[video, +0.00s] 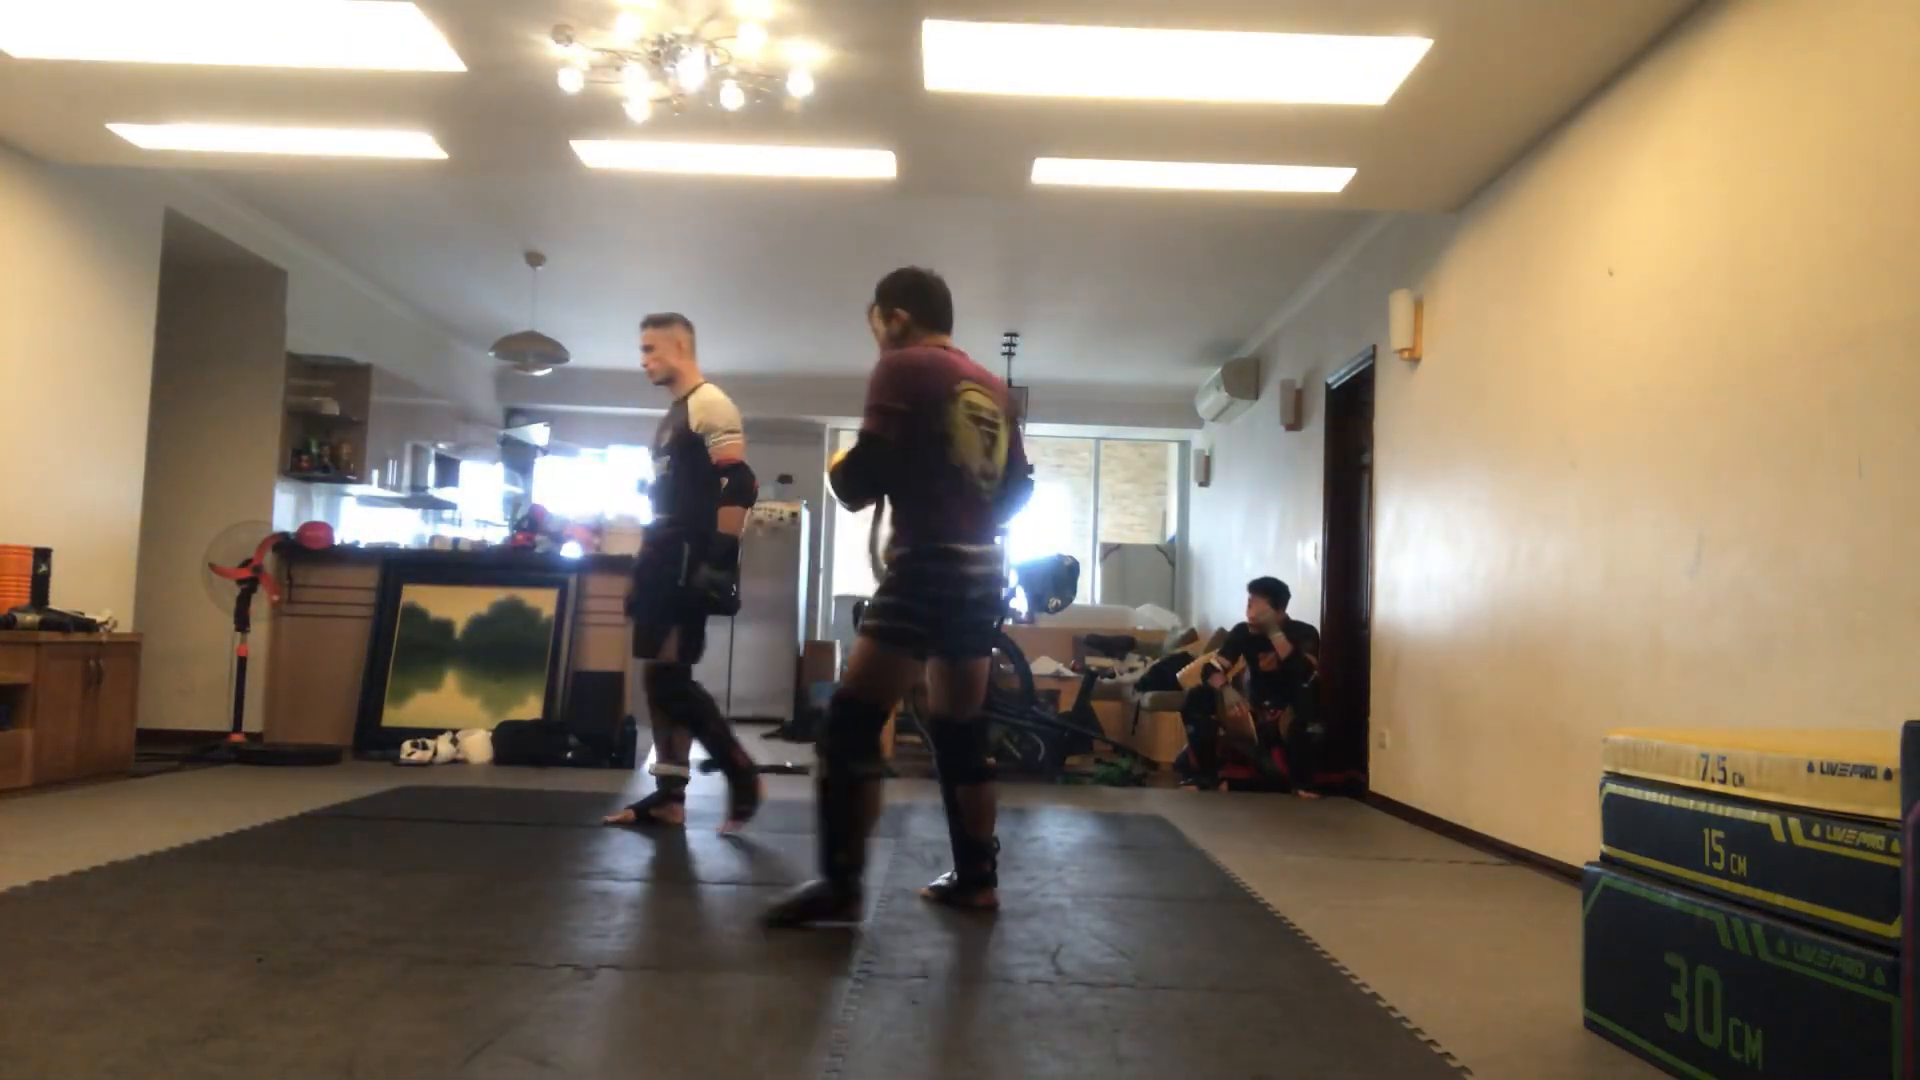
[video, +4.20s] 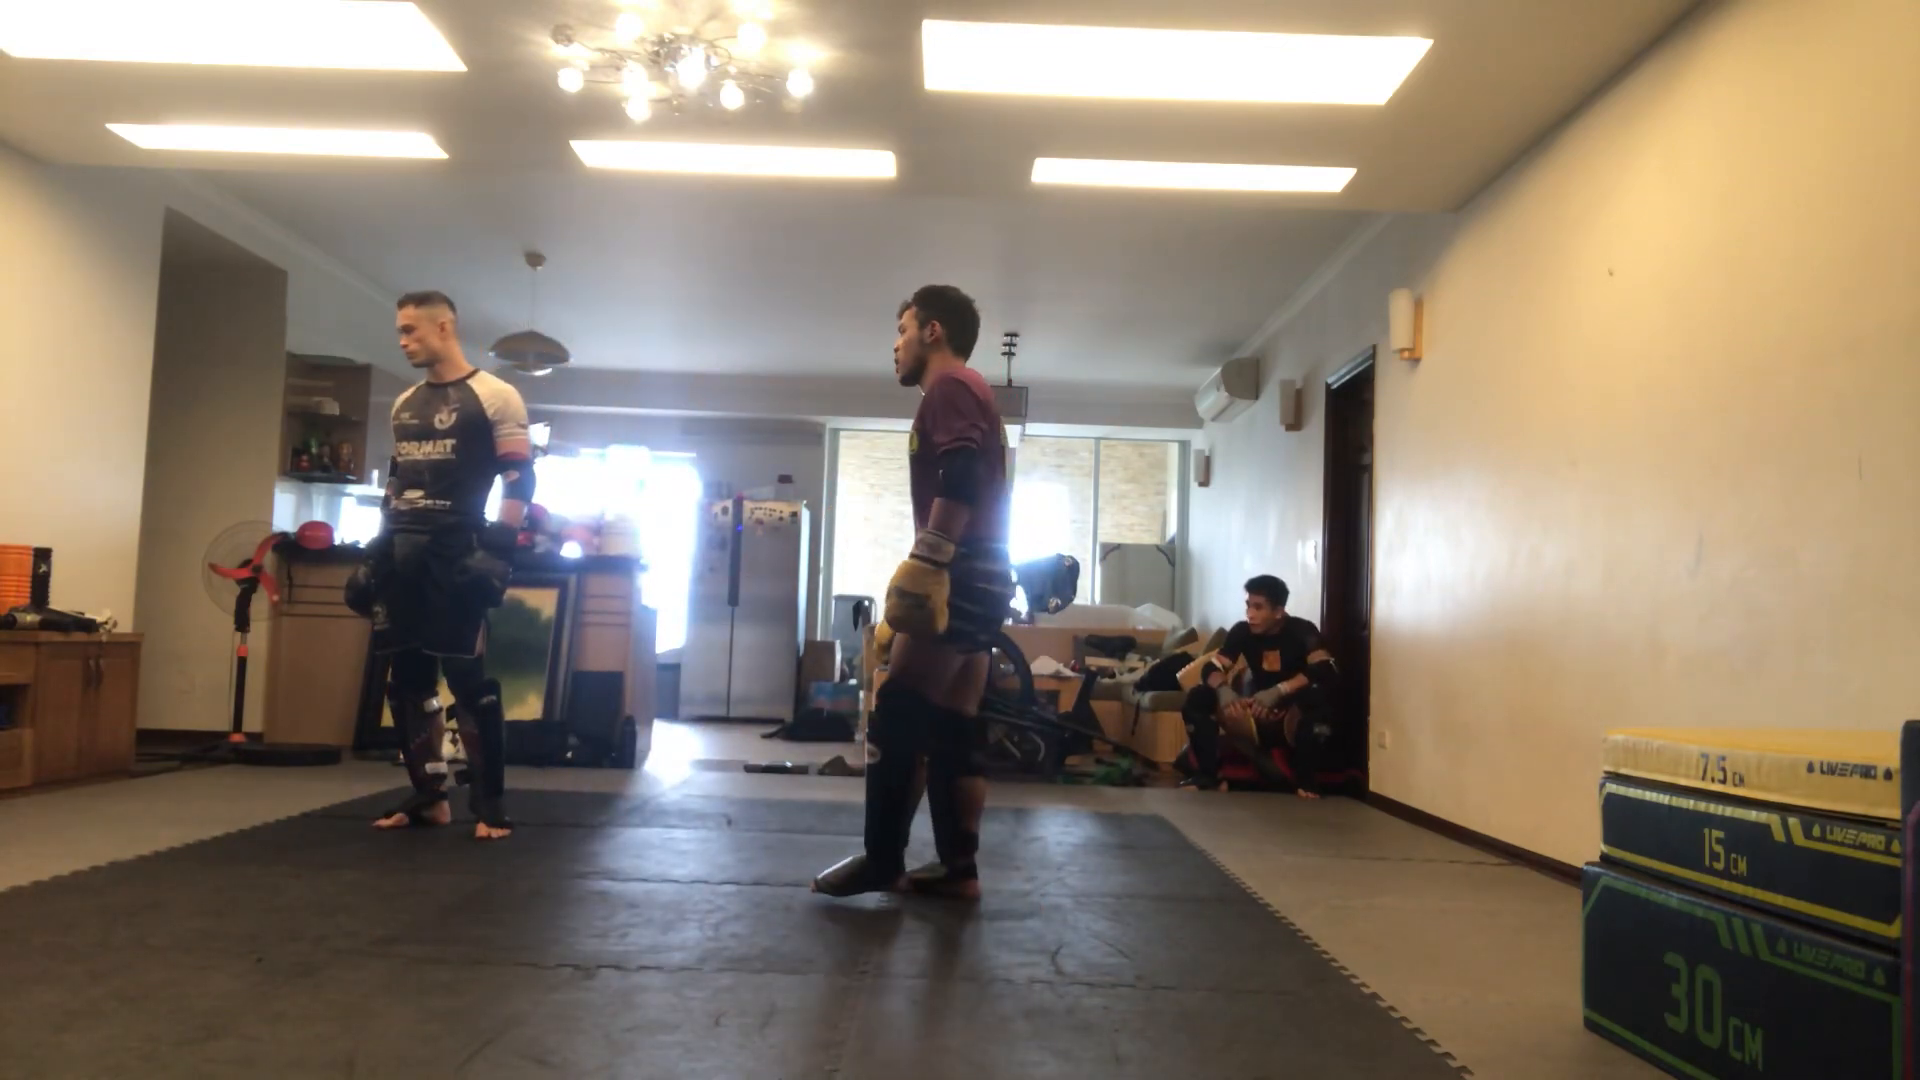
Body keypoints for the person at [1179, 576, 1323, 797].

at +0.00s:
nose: (1248, 611)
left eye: (1255, 604)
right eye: (1249, 604)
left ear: (1278, 610)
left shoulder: (1304, 632)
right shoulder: (1243, 632)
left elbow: (1304, 675)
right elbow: (1215, 667)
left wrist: (1273, 632)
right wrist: (1222, 686)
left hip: (1290, 712)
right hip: (1251, 712)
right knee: (1198, 698)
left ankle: (1302, 782)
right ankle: (1207, 776)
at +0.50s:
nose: (1250, 608)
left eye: (1259, 601)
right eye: (1250, 601)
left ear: (1279, 607)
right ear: (1247, 602)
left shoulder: (1304, 632)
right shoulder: (1241, 634)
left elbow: (1317, 668)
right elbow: (1215, 671)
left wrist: (1276, 658)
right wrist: (1226, 690)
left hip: (1287, 720)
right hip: (1245, 720)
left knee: (1311, 697)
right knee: (1198, 698)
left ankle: (1303, 781)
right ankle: (1207, 776)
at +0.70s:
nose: (1255, 605)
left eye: (1264, 599)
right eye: (1254, 598)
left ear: (1283, 604)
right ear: (1251, 599)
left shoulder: (1305, 631)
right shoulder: (1244, 632)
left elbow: (1312, 669)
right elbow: (1216, 669)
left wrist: (1269, 690)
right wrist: (1220, 684)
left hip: (1287, 719)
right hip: (1247, 718)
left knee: (1310, 698)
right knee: (1199, 697)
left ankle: (1302, 781)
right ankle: (1207, 777)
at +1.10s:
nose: (1280, 614)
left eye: (1286, 606)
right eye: (1273, 606)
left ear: (1294, 605)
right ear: (1258, 606)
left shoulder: (1307, 632)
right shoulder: (1246, 632)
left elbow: (1298, 677)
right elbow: (1218, 670)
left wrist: (1264, 707)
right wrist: (1242, 675)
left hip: (1288, 703)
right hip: (1244, 700)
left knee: (1311, 712)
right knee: (1199, 698)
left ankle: (1302, 781)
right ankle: (1208, 776)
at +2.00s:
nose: (1271, 605)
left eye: (1279, 598)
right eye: (1266, 598)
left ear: (1294, 601)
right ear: (1260, 601)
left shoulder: (1311, 630)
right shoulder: (1251, 630)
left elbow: (1305, 667)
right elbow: (1225, 665)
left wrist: (1273, 692)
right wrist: (1265, 669)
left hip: (1292, 716)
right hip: (1249, 717)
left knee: (1318, 696)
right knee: (1199, 696)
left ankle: (1304, 780)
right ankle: (1207, 775)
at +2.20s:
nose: (1268, 604)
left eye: (1276, 598)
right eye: (1264, 598)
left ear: (1294, 601)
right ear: (1259, 600)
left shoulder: (1311, 630)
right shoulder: (1251, 632)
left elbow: (1325, 661)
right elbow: (1214, 663)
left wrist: (1274, 679)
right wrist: (1238, 679)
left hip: (1292, 716)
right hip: (1249, 716)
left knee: (1316, 697)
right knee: (1200, 697)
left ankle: (1304, 781)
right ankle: (1208, 776)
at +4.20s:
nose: (1250, 613)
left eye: (1257, 608)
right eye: (1248, 606)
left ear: (1279, 611)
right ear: (1245, 604)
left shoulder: (1302, 630)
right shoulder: (1242, 632)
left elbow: (1324, 668)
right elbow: (1212, 668)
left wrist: (1277, 691)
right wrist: (1223, 690)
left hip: (1292, 715)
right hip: (1253, 713)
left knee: (1316, 703)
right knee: (1198, 698)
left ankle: (1306, 782)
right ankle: (1208, 776)